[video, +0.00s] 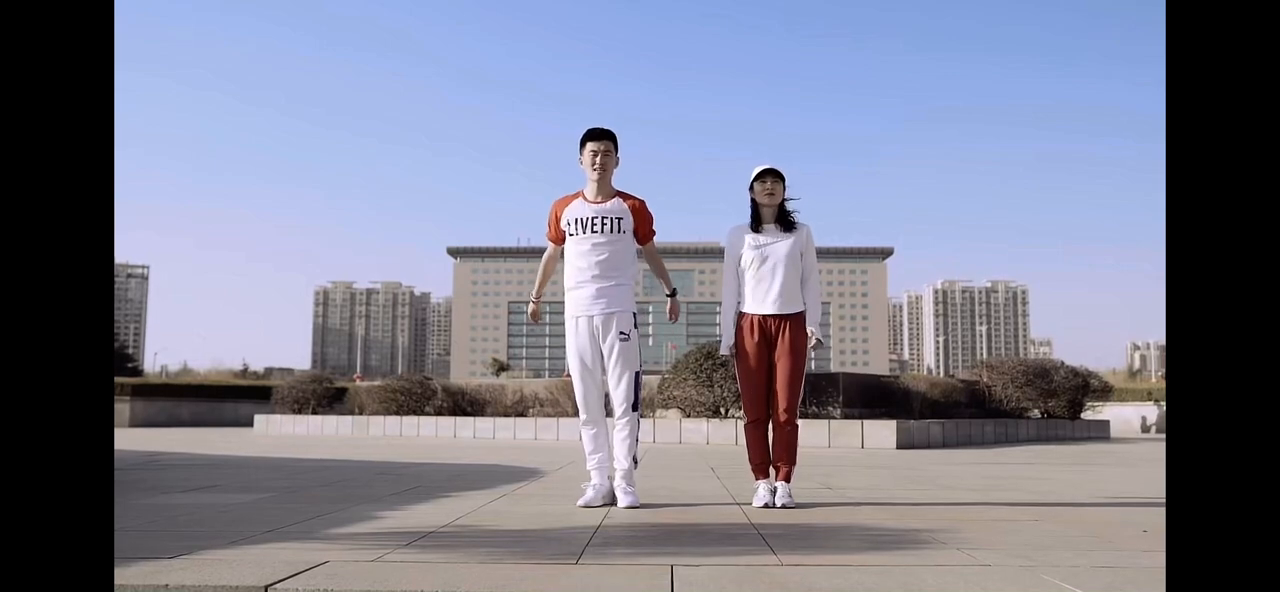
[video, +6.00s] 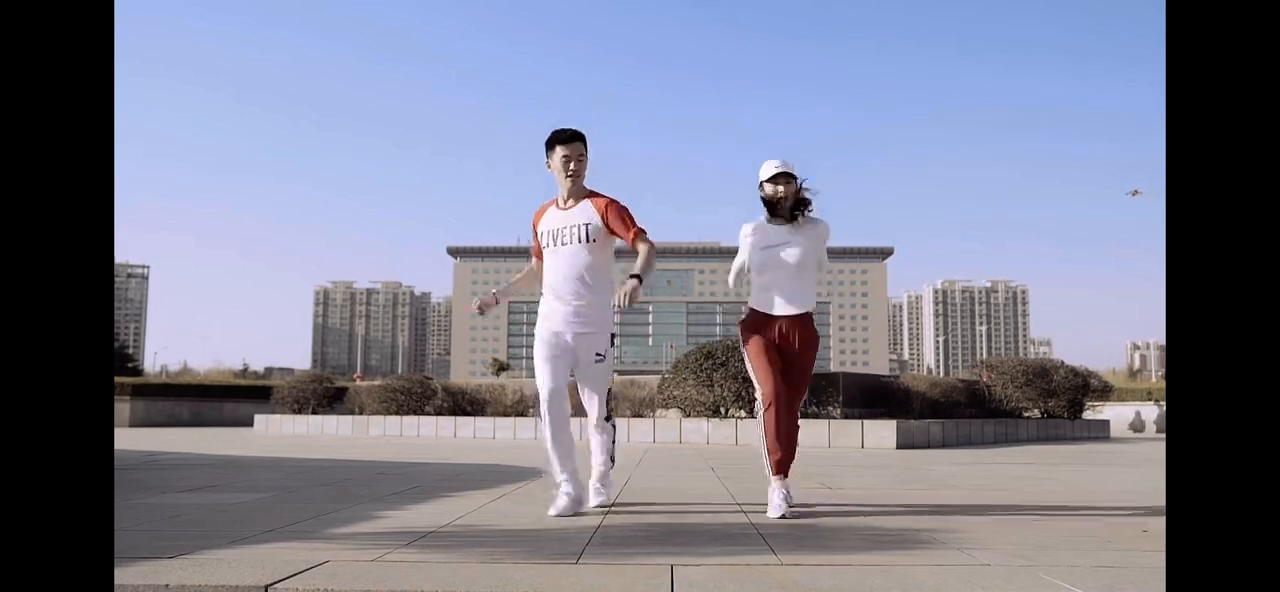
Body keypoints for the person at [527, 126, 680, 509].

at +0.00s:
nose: (599, 159)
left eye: (606, 153)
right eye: (593, 153)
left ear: (616, 160)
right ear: (581, 160)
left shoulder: (633, 206)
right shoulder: (563, 208)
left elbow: (650, 251)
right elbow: (552, 253)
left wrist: (671, 291)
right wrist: (535, 295)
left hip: (619, 313)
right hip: (578, 315)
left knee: (624, 401)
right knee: (588, 404)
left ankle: (625, 482)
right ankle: (599, 482)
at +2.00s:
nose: (601, 169)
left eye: (608, 163)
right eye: (594, 163)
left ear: (616, 169)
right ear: (582, 169)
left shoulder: (630, 214)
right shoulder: (563, 215)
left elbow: (641, 260)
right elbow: (551, 259)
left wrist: (644, 306)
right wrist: (574, 272)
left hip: (617, 313)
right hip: (576, 315)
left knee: (620, 398)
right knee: (587, 402)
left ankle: (630, 481)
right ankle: (600, 482)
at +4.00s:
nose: (603, 161)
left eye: (609, 156)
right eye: (595, 156)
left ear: (618, 163)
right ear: (583, 164)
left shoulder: (635, 210)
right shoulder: (565, 211)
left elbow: (644, 251)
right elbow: (556, 260)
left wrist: (630, 261)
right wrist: (545, 305)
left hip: (616, 310)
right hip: (578, 301)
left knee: (608, 402)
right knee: (567, 310)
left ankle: (602, 477)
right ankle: (569, 394)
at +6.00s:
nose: (574, 165)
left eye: (580, 159)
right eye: (566, 159)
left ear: (587, 163)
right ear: (550, 165)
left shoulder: (605, 207)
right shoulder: (543, 215)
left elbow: (646, 246)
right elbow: (537, 270)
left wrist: (635, 277)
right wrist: (498, 295)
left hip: (594, 325)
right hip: (551, 325)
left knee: (597, 411)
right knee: (550, 403)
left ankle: (599, 484)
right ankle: (568, 488)